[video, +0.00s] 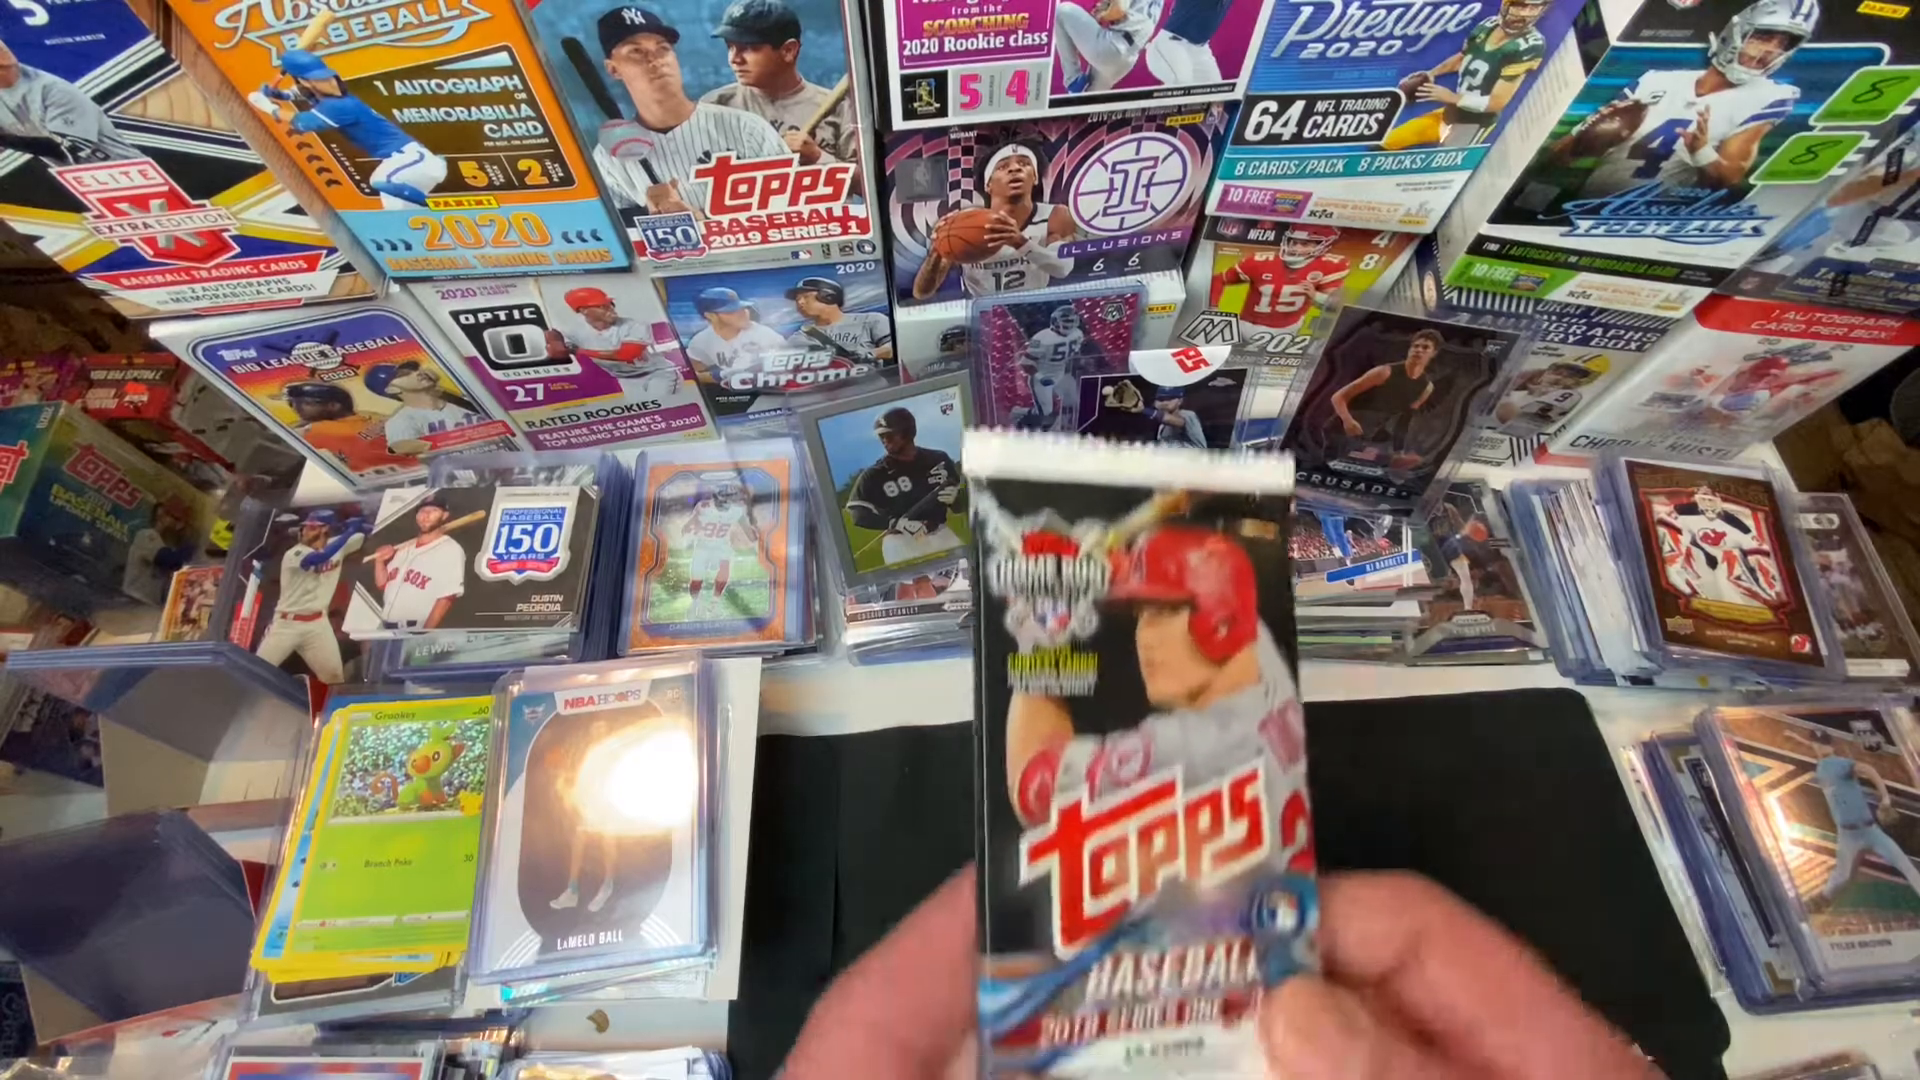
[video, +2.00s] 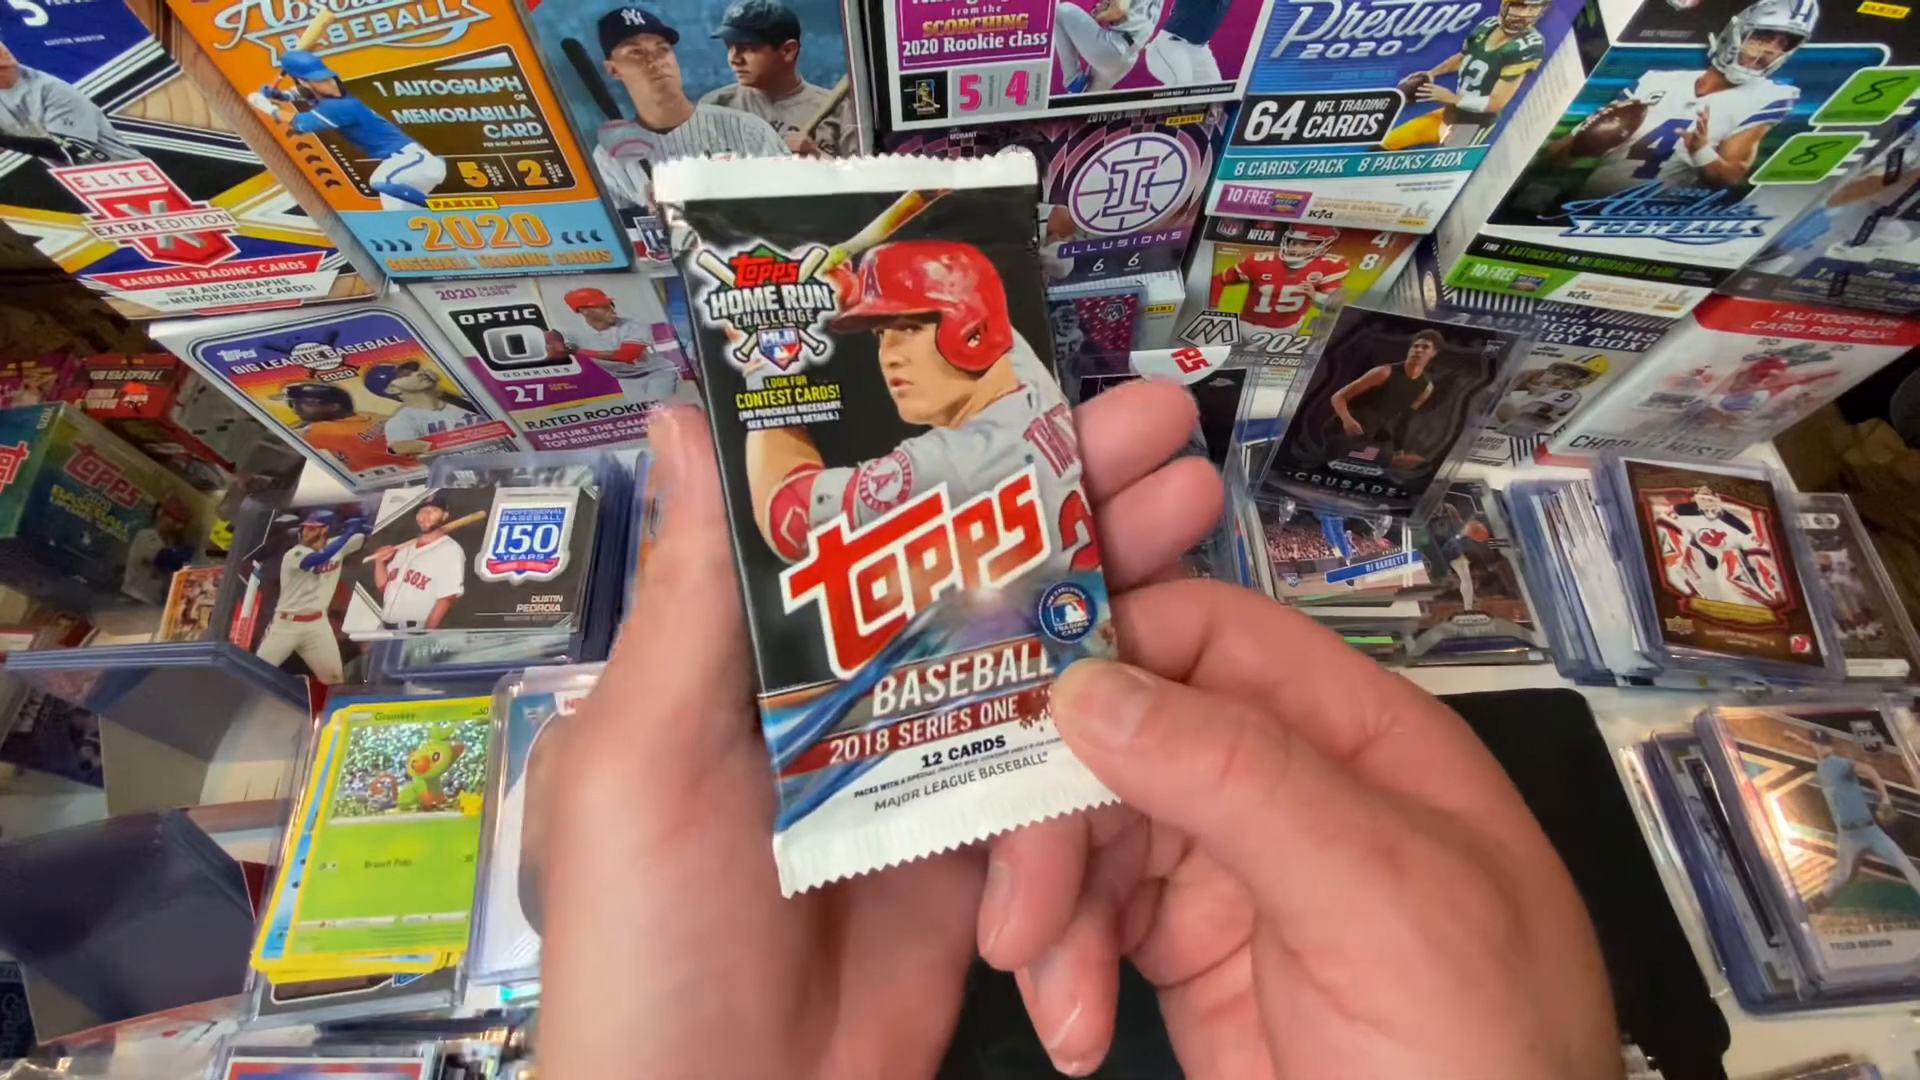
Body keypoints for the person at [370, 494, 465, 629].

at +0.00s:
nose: (425, 516)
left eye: (432, 511)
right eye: (422, 511)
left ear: (445, 515)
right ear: (416, 515)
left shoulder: (451, 550)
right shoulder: (405, 548)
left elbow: (446, 598)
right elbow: (382, 585)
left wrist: (425, 634)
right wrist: (380, 561)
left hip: (416, 631)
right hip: (386, 627)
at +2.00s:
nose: (425, 517)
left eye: (431, 511)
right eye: (421, 511)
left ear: (445, 516)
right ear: (416, 516)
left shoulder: (451, 550)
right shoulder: (405, 548)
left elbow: (446, 598)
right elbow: (382, 585)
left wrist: (426, 634)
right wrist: (379, 562)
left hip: (416, 632)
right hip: (386, 627)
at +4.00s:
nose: (425, 516)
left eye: (432, 511)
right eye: (422, 511)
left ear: (445, 515)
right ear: (416, 515)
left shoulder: (450, 550)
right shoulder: (406, 548)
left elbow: (447, 598)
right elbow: (382, 585)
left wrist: (425, 634)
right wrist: (379, 561)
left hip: (416, 631)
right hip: (386, 627)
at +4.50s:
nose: (425, 516)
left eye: (432, 511)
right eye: (422, 511)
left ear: (445, 515)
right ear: (416, 515)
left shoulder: (451, 550)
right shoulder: (406, 548)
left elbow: (446, 598)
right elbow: (382, 585)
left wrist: (425, 633)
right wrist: (379, 561)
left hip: (416, 631)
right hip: (386, 627)